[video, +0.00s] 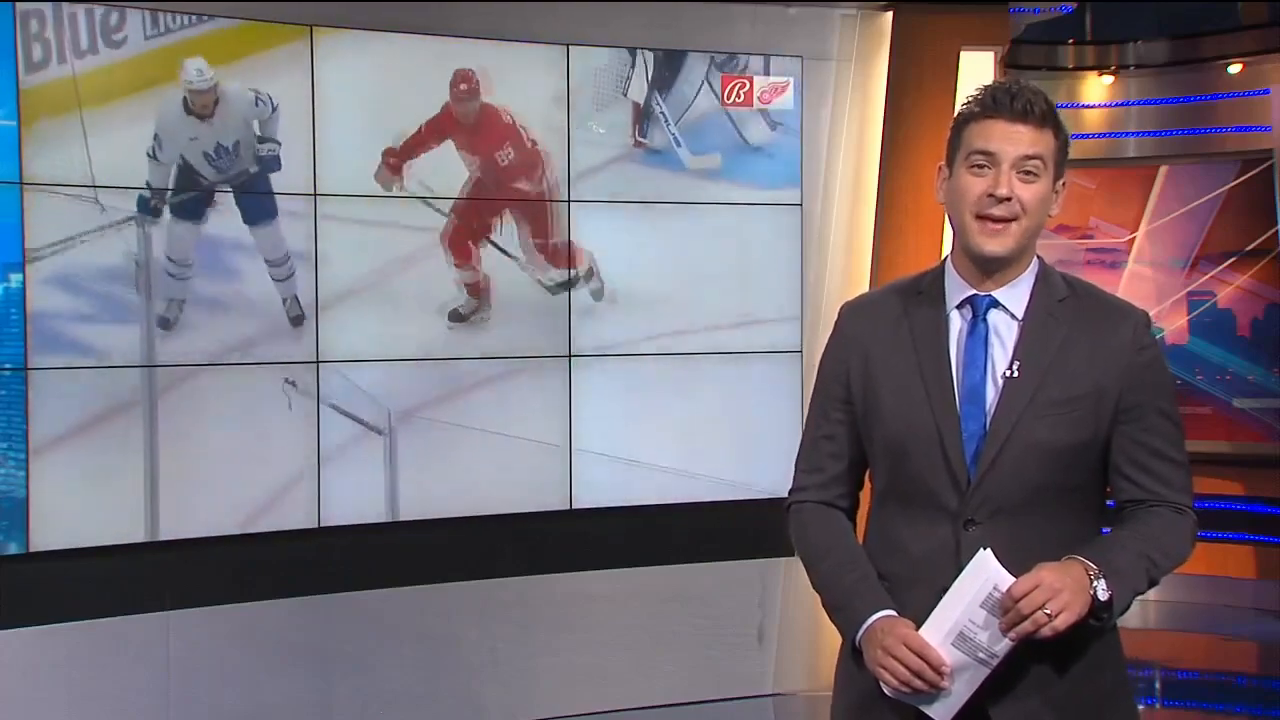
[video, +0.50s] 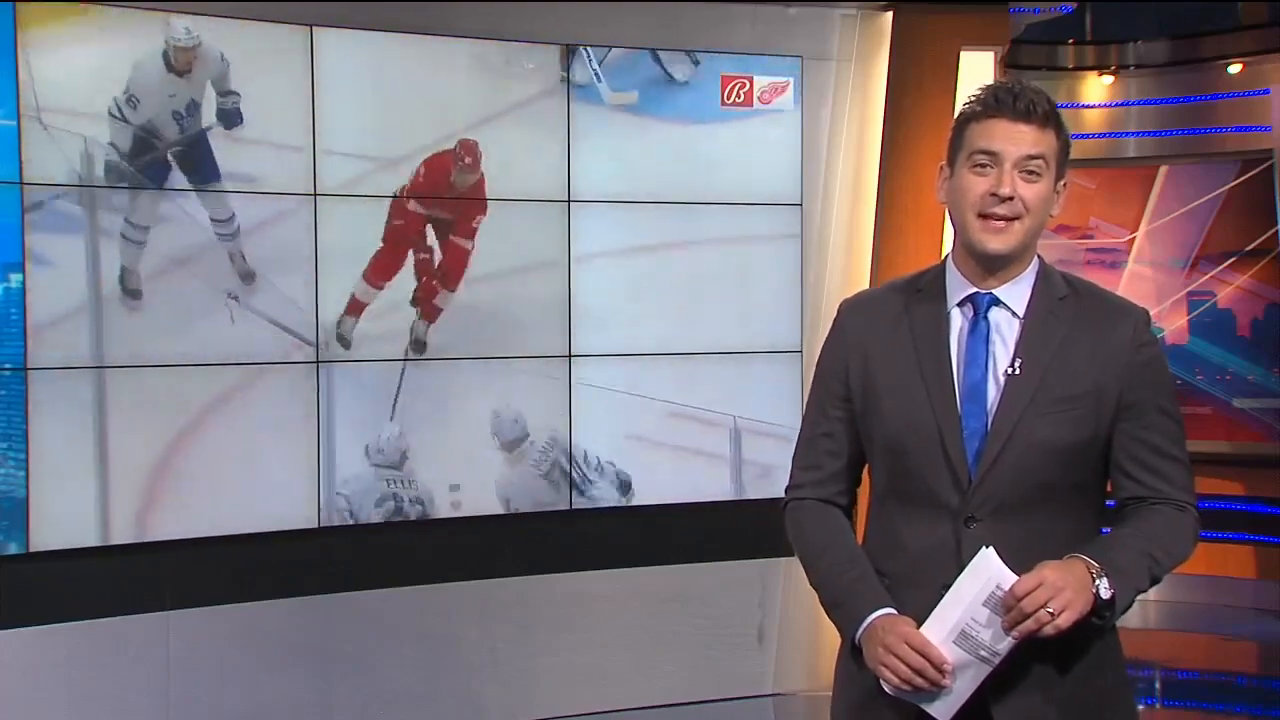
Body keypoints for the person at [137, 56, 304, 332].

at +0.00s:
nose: (204, 99)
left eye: (209, 91)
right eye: (197, 94)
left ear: (216, 88)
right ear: (186, 93)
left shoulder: (238, 100)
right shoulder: (171, 117)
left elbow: (270, 109)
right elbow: (159, 159)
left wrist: (270, 145)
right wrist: (156, 196)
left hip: (245, 168)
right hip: (196, 173)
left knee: (268, 233)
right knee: (179, 234)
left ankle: (289, 297)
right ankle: (174, 300)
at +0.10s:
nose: (203, 92)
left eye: (208, 85)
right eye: (197, 86)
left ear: (216, 82)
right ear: (187, 85)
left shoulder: (236, 94)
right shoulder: (169, 108)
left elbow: (265, 105)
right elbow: (158, 149)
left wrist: (265, 138)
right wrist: (151, 184)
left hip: (237, 159)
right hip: (190, 164)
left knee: (261, 221)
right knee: (174, 224)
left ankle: (282, 282)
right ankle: (157, 286)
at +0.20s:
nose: (207, 92)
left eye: (211, 85)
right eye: (200, 86)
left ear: (218, 82)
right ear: (189, 85)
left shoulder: (235, 93)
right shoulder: (171, 108)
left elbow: (257, 105)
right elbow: (156, 148)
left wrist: (260, 135)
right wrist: (150, 183)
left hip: (231, 160)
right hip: (186, 164)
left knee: (254, 219)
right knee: (173, 222)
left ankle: (276, 277)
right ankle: (157, 284)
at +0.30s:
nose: (199, 96)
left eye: (203, 88)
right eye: (192, 90)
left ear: (209, 86)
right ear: (179, 90)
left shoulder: (222, 98)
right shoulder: (159, 114)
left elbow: (242, 111)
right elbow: (140, 156)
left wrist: (246, 139)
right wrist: (140, 191)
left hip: (215, 170)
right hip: (172, 176)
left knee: (236, 226)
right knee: (161, 233)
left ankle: (265, 284)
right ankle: (148, 293)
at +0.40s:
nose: (191, 89)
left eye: (195, 81)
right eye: (183, 83)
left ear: (200, 78)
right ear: (170, 82)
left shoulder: (213, 90)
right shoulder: (149, 106)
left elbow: (229, 104)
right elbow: (127, 148)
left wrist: (235, 133)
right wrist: (127, 187)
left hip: (200, 163)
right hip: (157, 170)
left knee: (223, 221)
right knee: (150, 229)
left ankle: (248, 282)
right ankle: (135, 294)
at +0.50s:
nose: (189, 57)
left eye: (193, 50)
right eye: (183, 51)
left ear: (199, 47)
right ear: (169, 50)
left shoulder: (208, 58)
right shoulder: (148, 74)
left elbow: (222, 74)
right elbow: (120, 116)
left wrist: (228, 104)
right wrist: (117, 158)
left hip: (191, 135)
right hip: (150, 141)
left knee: (217, 197)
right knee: (144, 207)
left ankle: (237, 257)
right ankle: (130, 271)